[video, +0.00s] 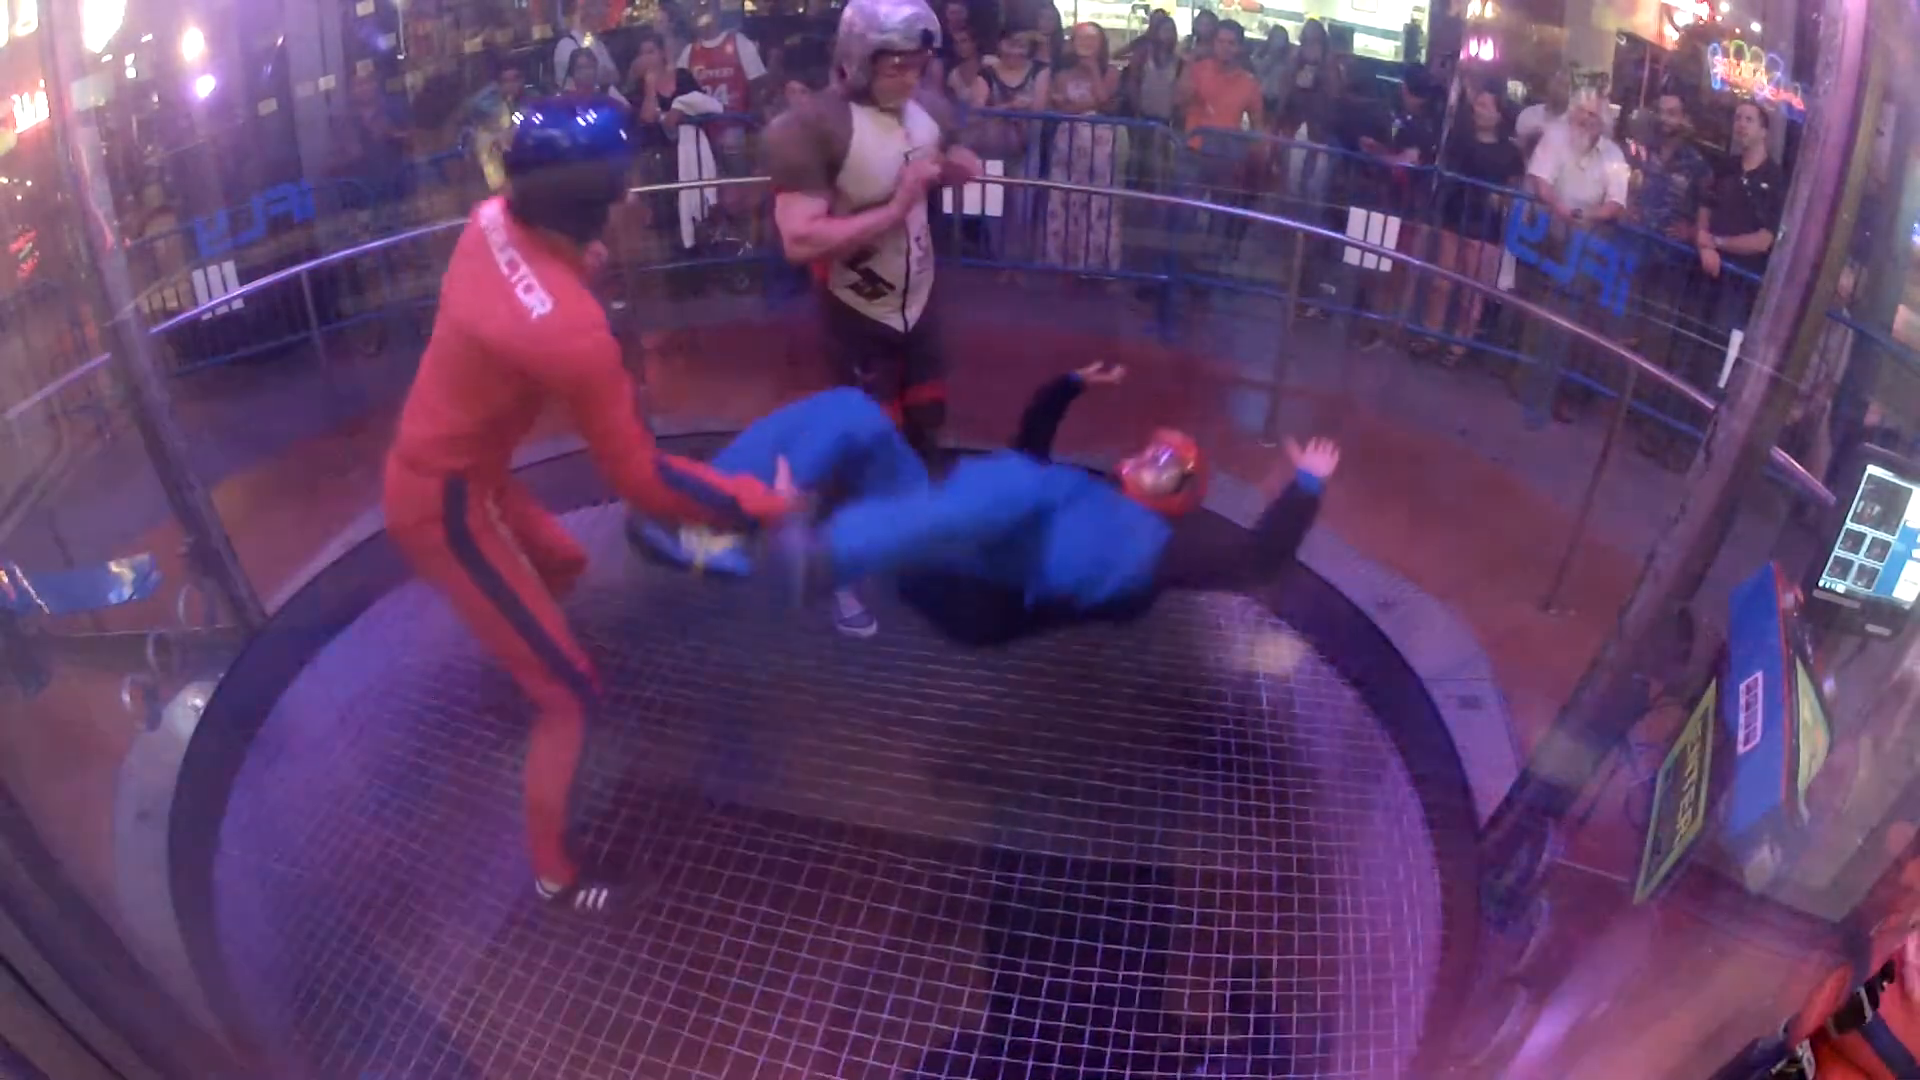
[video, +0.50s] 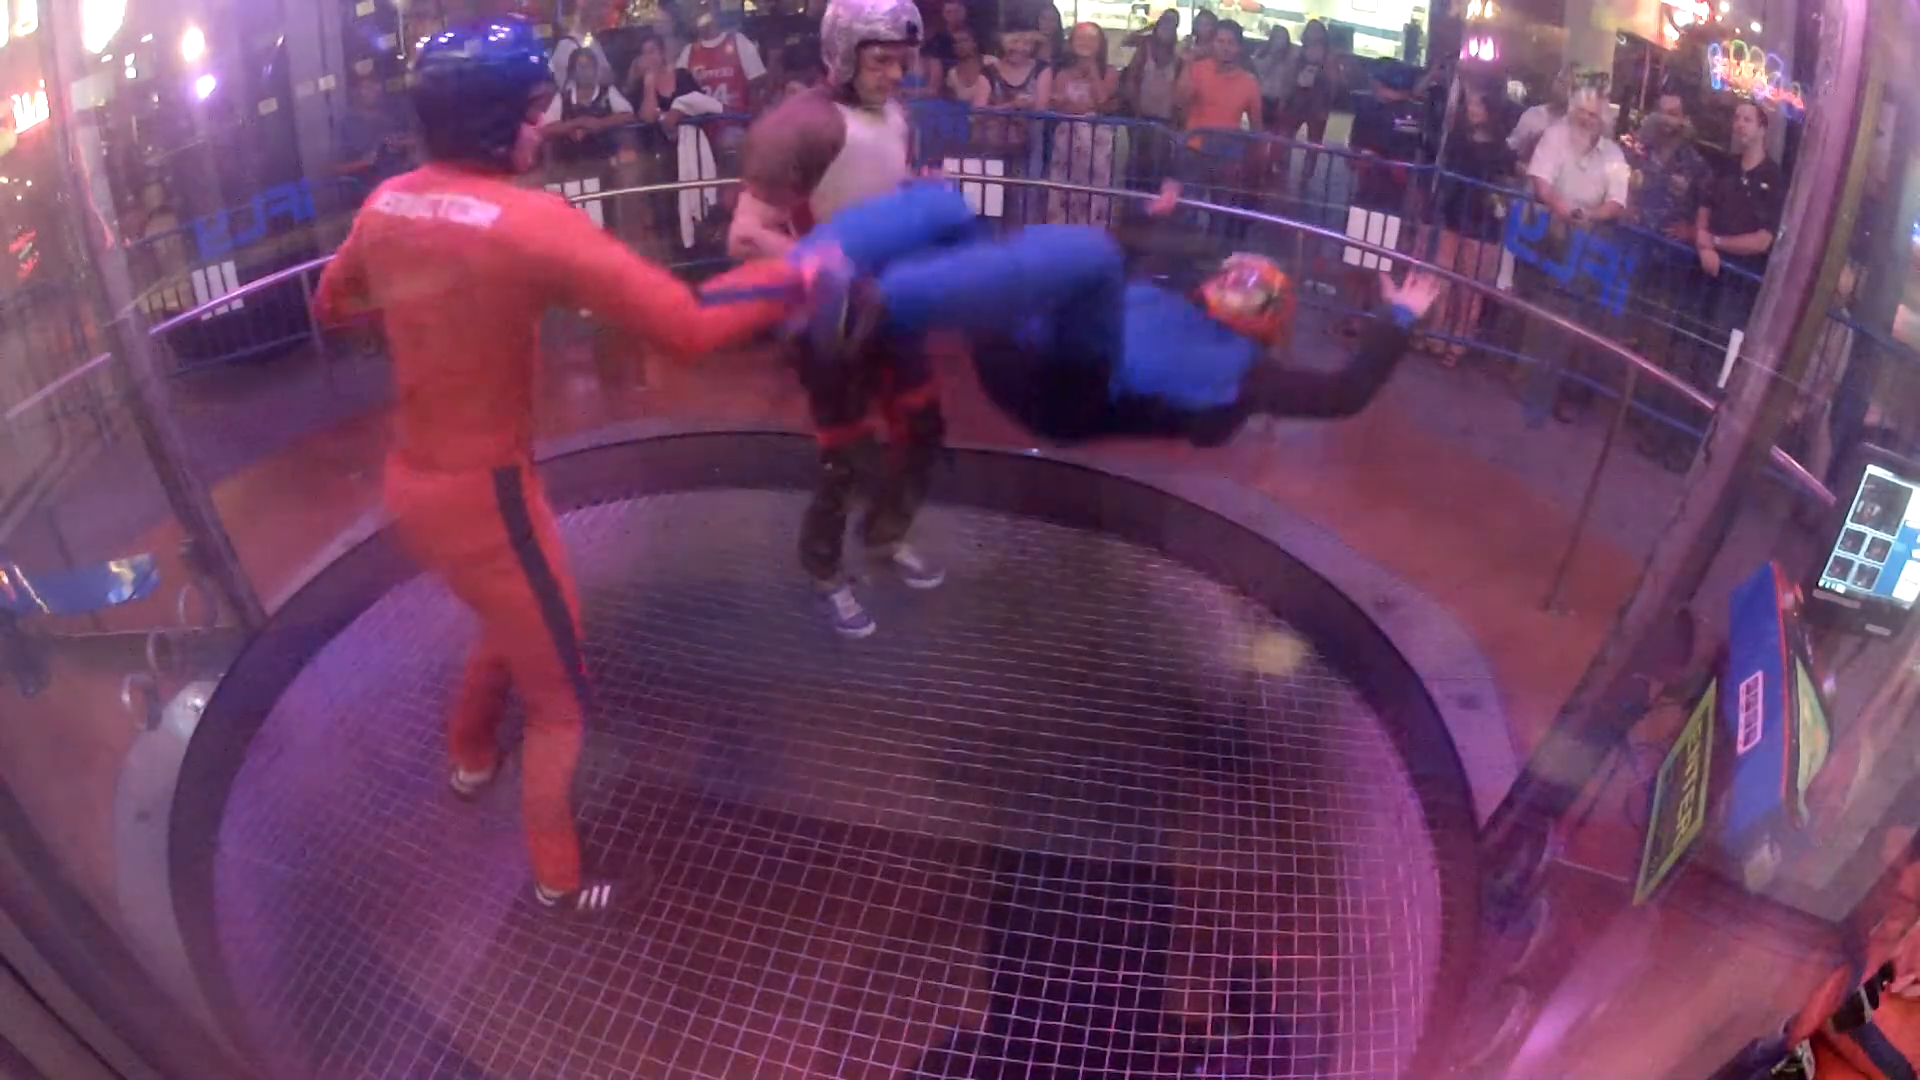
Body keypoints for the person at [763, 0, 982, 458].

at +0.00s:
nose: (905, 79)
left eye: (914, 66)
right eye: (892, 67)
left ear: (925, 64)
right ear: (855, 64)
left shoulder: (922, 114)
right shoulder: (810, 128)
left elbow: (918, 178)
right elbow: (799, 241)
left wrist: (948, 171)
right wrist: (895, 210)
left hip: (921, 308)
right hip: (856, 316)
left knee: (928, 427)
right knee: (873, 434)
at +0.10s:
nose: (913, 75)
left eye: (920, 62)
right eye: (899, 62)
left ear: (928, 58)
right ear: (859, 59)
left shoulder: (919, 108)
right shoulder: (808, 119)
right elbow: (803, 238)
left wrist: (944, 164)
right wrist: (898, 197)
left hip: (916, 308)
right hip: (851, 317)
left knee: (927, 421)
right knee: (862, 432)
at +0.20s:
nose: (910, 75)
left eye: (916, 60)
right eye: (894, 63)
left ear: (924, 54)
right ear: (856, 58)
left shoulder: (907, 109)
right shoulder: (808, 119)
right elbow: (803, 240)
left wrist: (932, 166)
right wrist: (900, 204)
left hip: (911, 308)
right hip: (850, 317)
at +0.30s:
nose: (901, 69)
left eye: (908, 57)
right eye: (888, 57)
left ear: (913, 58)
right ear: (851, 56)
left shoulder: (899, 109)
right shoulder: (807, 120)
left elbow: (890, 190)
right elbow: (794, 241)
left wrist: (931, 171)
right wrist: (897, 216)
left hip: (896, 302)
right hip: (837, 308)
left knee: (922, 420)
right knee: (850, 443)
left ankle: (906, 539)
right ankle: (828, 572)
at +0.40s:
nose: (894, 74)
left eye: (902, 63)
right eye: (882, 61)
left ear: (909, 63)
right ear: (848, 59)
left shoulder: (895, 115)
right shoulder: (804, 124)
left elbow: (882, 200)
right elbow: (766, 239)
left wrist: (917, 188)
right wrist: (871, 248)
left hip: (901, 299)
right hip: (833, 307)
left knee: (924, 430)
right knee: (843, 451)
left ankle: (899, 537)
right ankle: (826, 573)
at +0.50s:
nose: (887, 74)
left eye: (896, 62)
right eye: (875, 61)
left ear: (905, 62)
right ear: (843, 60)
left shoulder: (900, 120)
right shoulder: (805, 125)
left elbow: (897, 193)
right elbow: (746, 229)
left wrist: (931, 210)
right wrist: (813, 270)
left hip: (890, 297)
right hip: (823, 309)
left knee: (920, 429)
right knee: (849, 452)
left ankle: (886, 540)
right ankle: (827, 575)